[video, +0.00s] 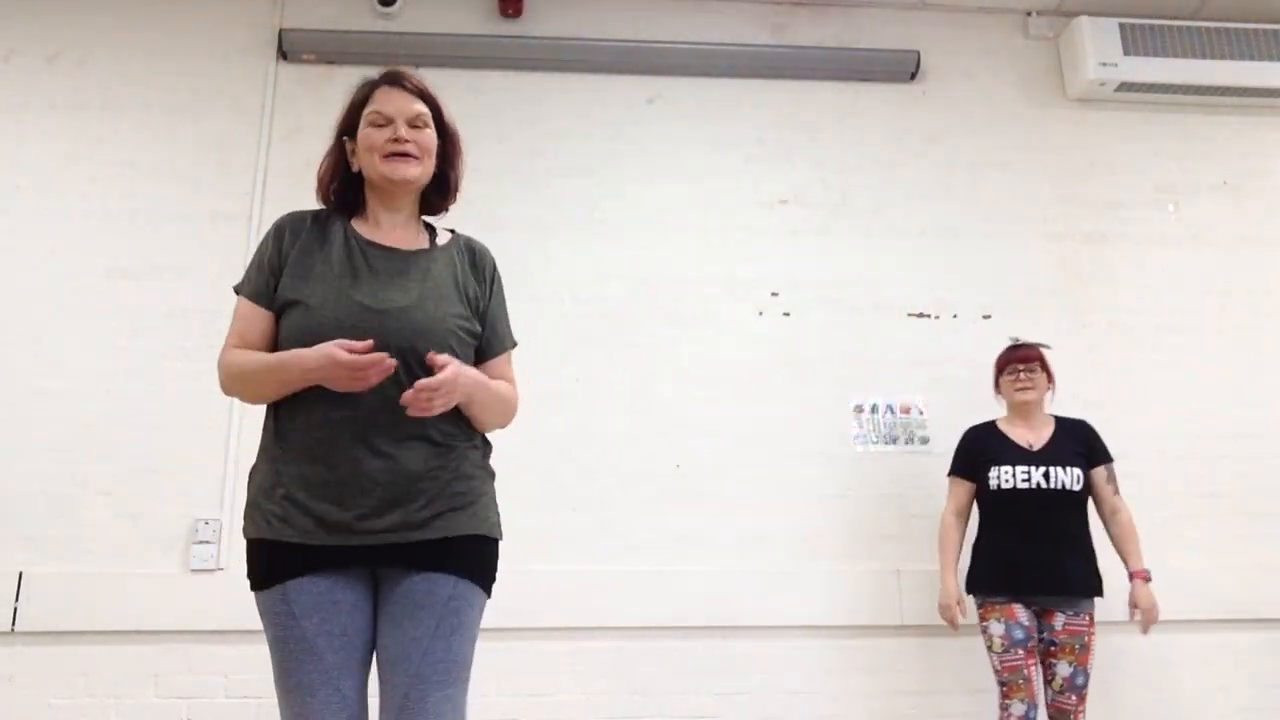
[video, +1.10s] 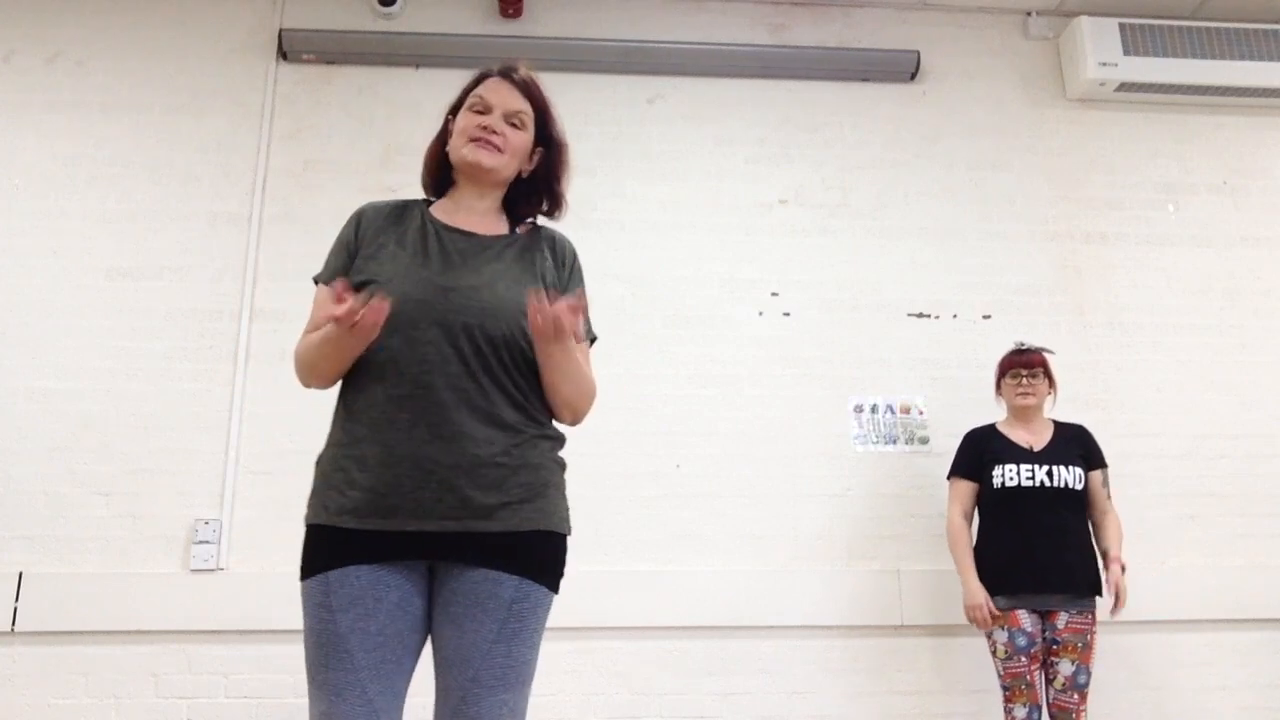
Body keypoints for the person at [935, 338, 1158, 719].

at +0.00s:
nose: (1022, 377)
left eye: (1032, 370)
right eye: (1012, 372)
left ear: (1049, 381)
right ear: (998, 387)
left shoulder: (1079, 435)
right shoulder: (979, 440)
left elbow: (1114, 511)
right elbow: (955, 516)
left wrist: (1139, 577)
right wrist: (948, 582)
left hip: (1071, 595)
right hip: (1003, 595)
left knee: (1068, 708)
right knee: (1020, 707)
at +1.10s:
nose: (1024, 382)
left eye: (1034, 376)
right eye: (1014, 376)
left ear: (1050, 387)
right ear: (1000, 388)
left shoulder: (1077, 439)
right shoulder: (979, 442)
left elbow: (1102, 510)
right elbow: (958, 518)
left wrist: (1113, 561)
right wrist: (970, 584)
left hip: (1074, 598)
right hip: (1008, 599)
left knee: (1070, 709)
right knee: (1023, 709)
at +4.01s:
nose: (1027, 384)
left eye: (1037, 377)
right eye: (1017, 377)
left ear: (1050, 387)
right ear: (1001, 386)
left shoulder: (1077, 436)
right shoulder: (979, 439)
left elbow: (1116, 508)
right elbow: (957, 507)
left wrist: (1088, 506)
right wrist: (1026, 506)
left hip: (1072, 593)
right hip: (1005, 595)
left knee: (1069, 707)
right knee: (1025, 708)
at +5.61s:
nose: (1019, 383)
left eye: (1028, 377)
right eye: (1009, 377)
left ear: (1043, 388)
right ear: (994, 387)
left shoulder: (1071, 436)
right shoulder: (973, 441)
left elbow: (1111, 509)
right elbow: (953, 510)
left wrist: (1082, 505)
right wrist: (1019, 509)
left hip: (1069, 591)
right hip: (1002, 594)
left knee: (1068, 706)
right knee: (1023, 707)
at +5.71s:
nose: (1018, 383)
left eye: (1028, 377)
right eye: (1009, 376)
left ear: (1043, 388)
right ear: (993, 388)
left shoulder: (1071, 436)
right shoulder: (973, 440)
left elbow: (1110, 508)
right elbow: (953, 510)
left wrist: (1082, 505)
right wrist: (1019, 510)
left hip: (1069, 591)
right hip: (1002, 594)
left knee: (1068, 707)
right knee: (1023, 708)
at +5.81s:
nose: (1018, 382)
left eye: (1027, 376)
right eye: (1008, 376)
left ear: (1042, 387)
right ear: (993, 388)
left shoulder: (1071, 436)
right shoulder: (972, 440)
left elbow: (1110, 508)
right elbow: (953, 509)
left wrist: (1082, 505)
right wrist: (1019, 509)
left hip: (1069, 591)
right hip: (1002, 593)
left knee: (1068, 706)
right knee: (1023, 708)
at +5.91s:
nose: (1018, 382)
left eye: (1027, 376)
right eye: (1008, 376)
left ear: (1042, 387)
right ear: (992, 388)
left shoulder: (1071, 435)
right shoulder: (972, 440)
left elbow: (1110, 508)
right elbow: (952, 509)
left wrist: (1082, 504)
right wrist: (1019, 508)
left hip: (1069, 591)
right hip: (1001, 593)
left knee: (1068, 706)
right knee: (1023, 708)